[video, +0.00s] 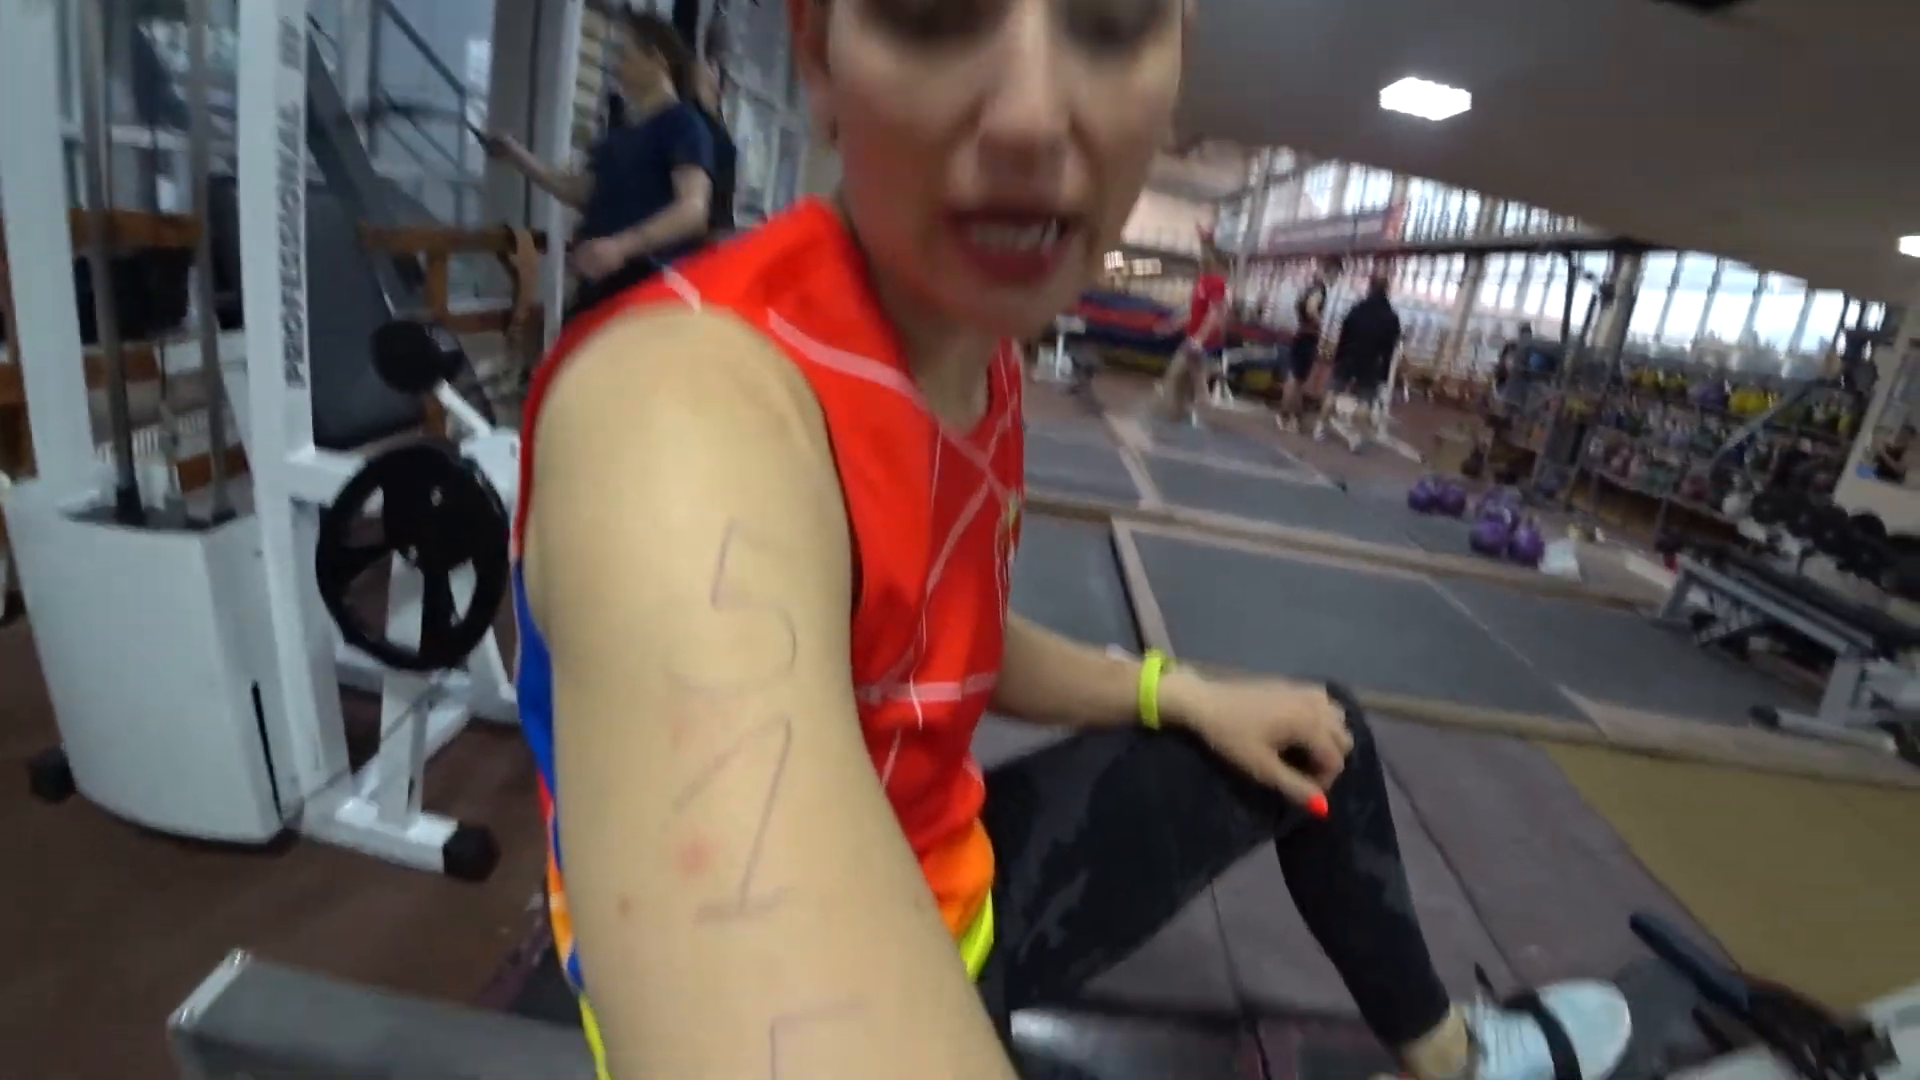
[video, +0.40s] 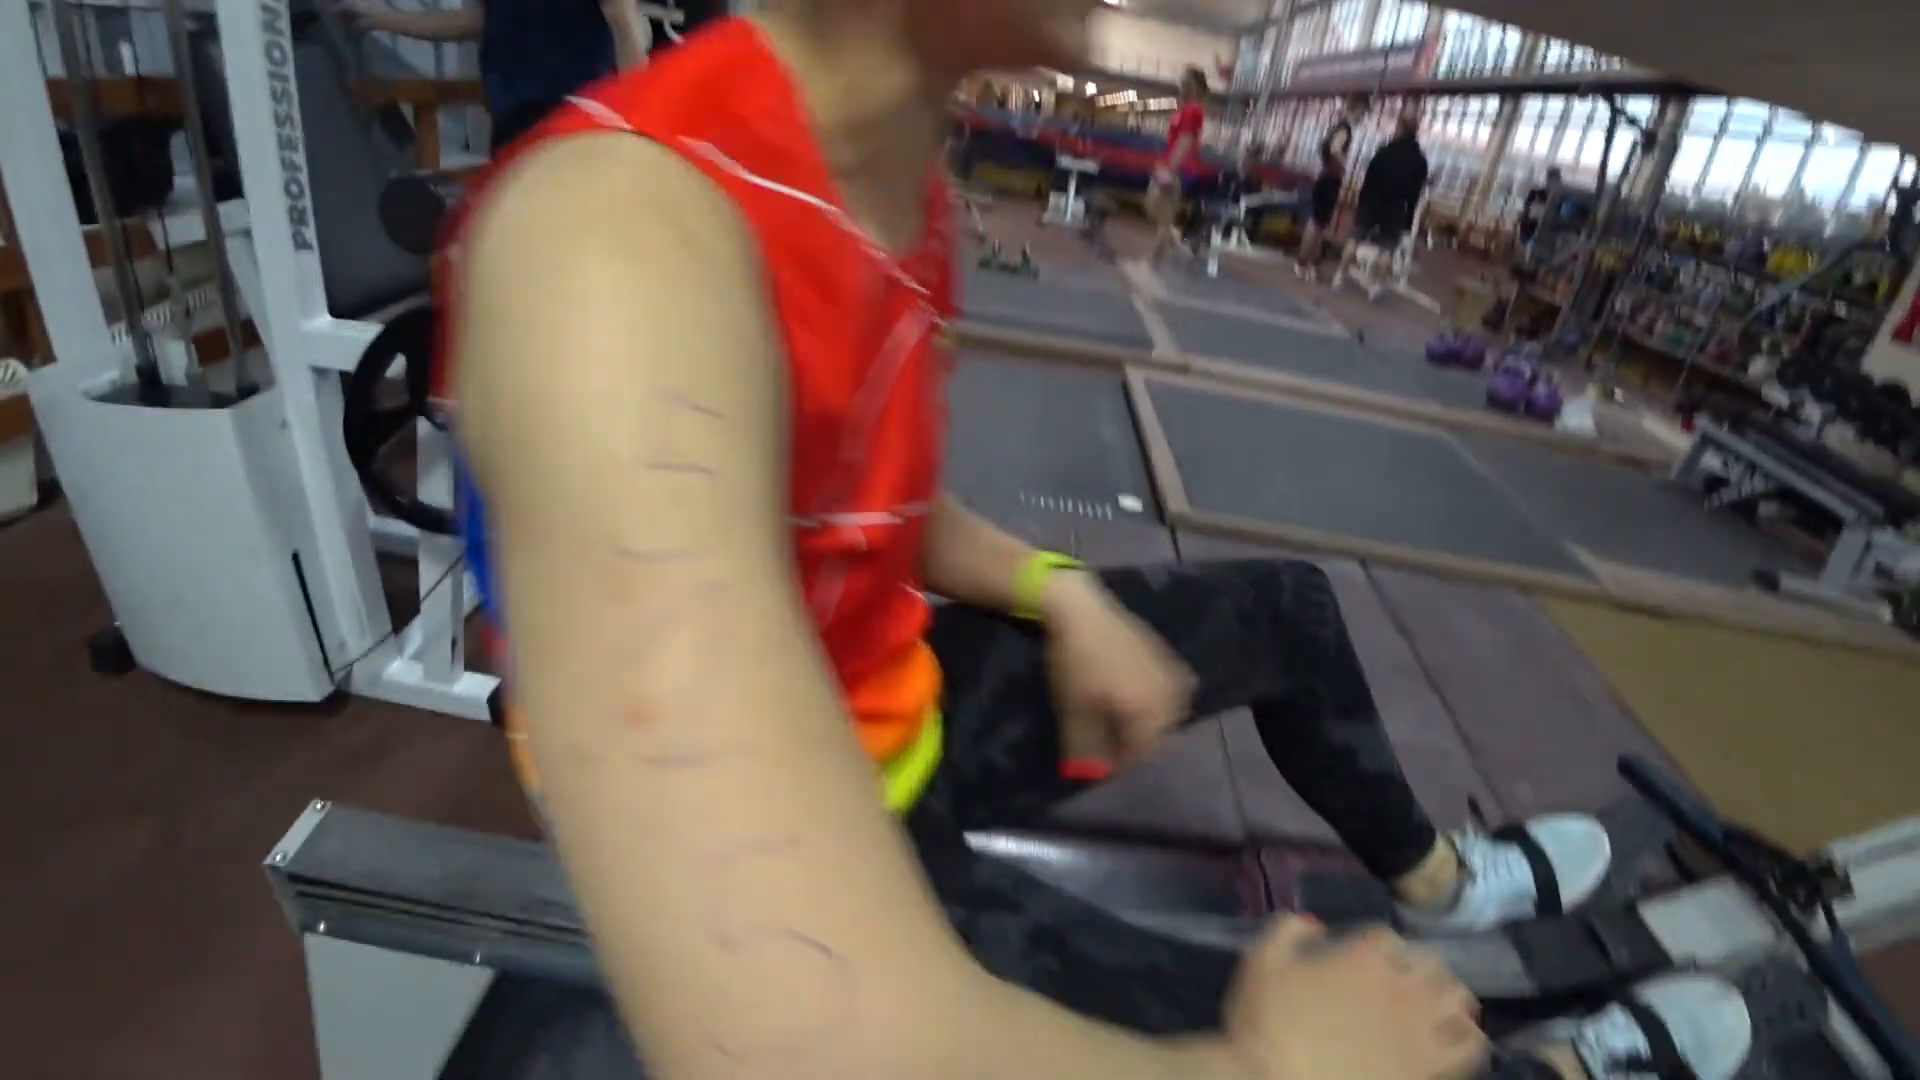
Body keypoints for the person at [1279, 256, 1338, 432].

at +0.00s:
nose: (1337, 278)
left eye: (1337, 273)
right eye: (1336, 273)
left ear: (1323, 269)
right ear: (1330, 271)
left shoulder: (1313, 287)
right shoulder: (1320, 289)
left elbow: (1301, 306)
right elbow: (1311, 308)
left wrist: (1312, 323)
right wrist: (1320, 325)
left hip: (1304, 336)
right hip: (1307, 337)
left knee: (1299, 379)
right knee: (1296, 379)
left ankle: (1295, 415)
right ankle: (1285, 413)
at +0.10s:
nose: (1337, 234)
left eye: (1337, 229)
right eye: (1336, 229)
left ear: (1322, 224)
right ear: (1331, 227)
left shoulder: (1311, 243)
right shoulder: (1320, 244)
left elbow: (1300, 262)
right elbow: (1311, 263)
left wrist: (1309, 279)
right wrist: (1319, 281)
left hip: (1301, 291)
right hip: (1307, 293)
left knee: (1295, 334)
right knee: (1296, 335)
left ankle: (1288, 371)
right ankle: (1285, 371)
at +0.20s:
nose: (1346, 189)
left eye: (1347, 184)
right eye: (1345, 183)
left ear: (1332, 180)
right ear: (1338, 182)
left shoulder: (1322, 199)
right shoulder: (1328, 201)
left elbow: (1307, 218)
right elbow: (1318, 220)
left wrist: (1319, 236)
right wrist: (1326, 239)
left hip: (1309, 247)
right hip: (1315, 250)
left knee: (1300, 291)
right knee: (1305, 293)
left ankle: (1289, 331)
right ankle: (1298, 333)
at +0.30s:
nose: (1359, 151)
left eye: (1360, 146)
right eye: (1358, 146)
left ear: (1345, 141)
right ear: (1353, 144)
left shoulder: (1335, 160)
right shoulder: (1341, 163)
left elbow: (1319, 180)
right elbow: (1330, 183)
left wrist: (1330, 199)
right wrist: (1338, 203)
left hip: (1320, 211)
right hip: (1325, 213)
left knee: (1311, 255)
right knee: (1314, 257)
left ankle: (1301, 294)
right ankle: (1306, 296)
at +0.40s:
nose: (1363, 117)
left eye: (1364, 113)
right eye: (1362, 112)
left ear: (1349, 107)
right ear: (1356, 110)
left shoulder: (1340, 127)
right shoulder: (1345, 130)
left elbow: (1327, 147)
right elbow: (1335, 149)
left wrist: (1335, 165)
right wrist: (1343, 166)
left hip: (1327, 178)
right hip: (1330, 179)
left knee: (1317, 223)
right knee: (1317, 223)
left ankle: (1309, 262)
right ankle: (1305, 262)